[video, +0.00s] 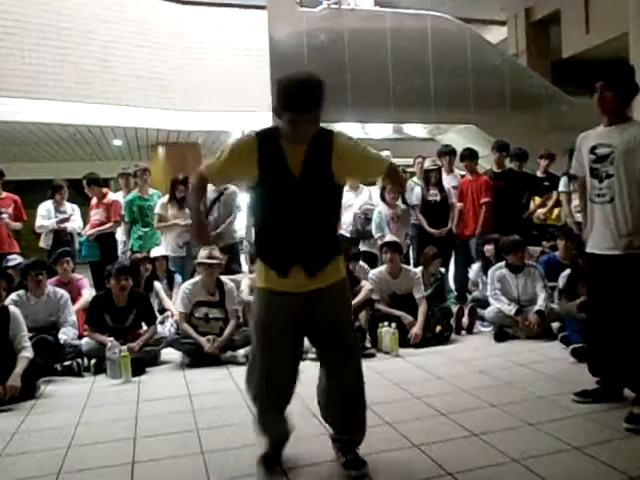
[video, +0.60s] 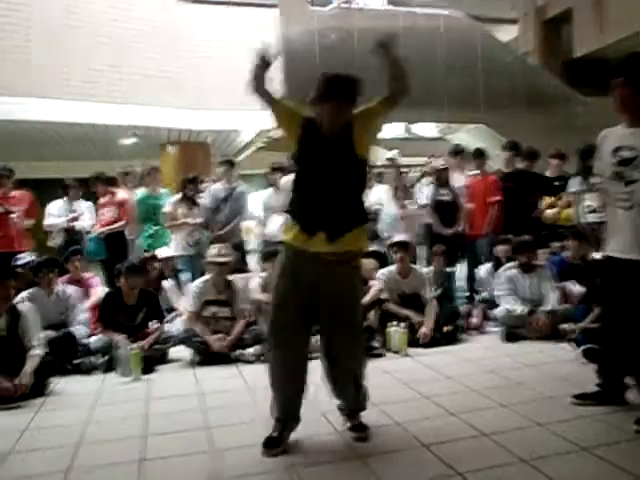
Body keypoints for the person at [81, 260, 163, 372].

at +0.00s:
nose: (123, 284)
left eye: (126, 279)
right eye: (118, 280)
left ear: (131, 282)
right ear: (108, 283)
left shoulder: (139, 298)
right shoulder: (99, 301)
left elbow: (153, 327)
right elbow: (91, 332)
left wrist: (138, 344)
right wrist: (106, 340)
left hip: (134, 339)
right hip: (110, 341)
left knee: (162, 339)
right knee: (87, 346)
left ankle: (110, 363)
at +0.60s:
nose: (132, 283)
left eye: (136, 278)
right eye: (128, 279)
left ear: (141, 280)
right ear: (119, 281)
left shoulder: (149, 297)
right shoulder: (110, 298)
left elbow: (159, 326)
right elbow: (103, 329)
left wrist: (148, 342)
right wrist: (119, 339)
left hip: (144, 340)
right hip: (120, 343)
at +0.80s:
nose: (132, 275)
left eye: (135, 271)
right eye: (127, 271)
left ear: (141, 273)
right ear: (118, 274)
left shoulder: (148, 289)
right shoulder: (107, 292)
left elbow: (159, 318)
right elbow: (99, 322)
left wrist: (145, 335)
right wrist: (114, 331)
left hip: (141, 330)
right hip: (117, 332)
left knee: (168, 329)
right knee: (94, 336)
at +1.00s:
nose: (125, 273)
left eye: (128, 269)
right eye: (120, 270)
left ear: (134, 271)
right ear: (110, 273)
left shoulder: (141, 288)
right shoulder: (100, 290)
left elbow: (153, 317)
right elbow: (91, 321)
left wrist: (139, 334)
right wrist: (108, 330)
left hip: (135, 330)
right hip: (110, 332)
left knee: (164, 328)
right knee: (87, 334)